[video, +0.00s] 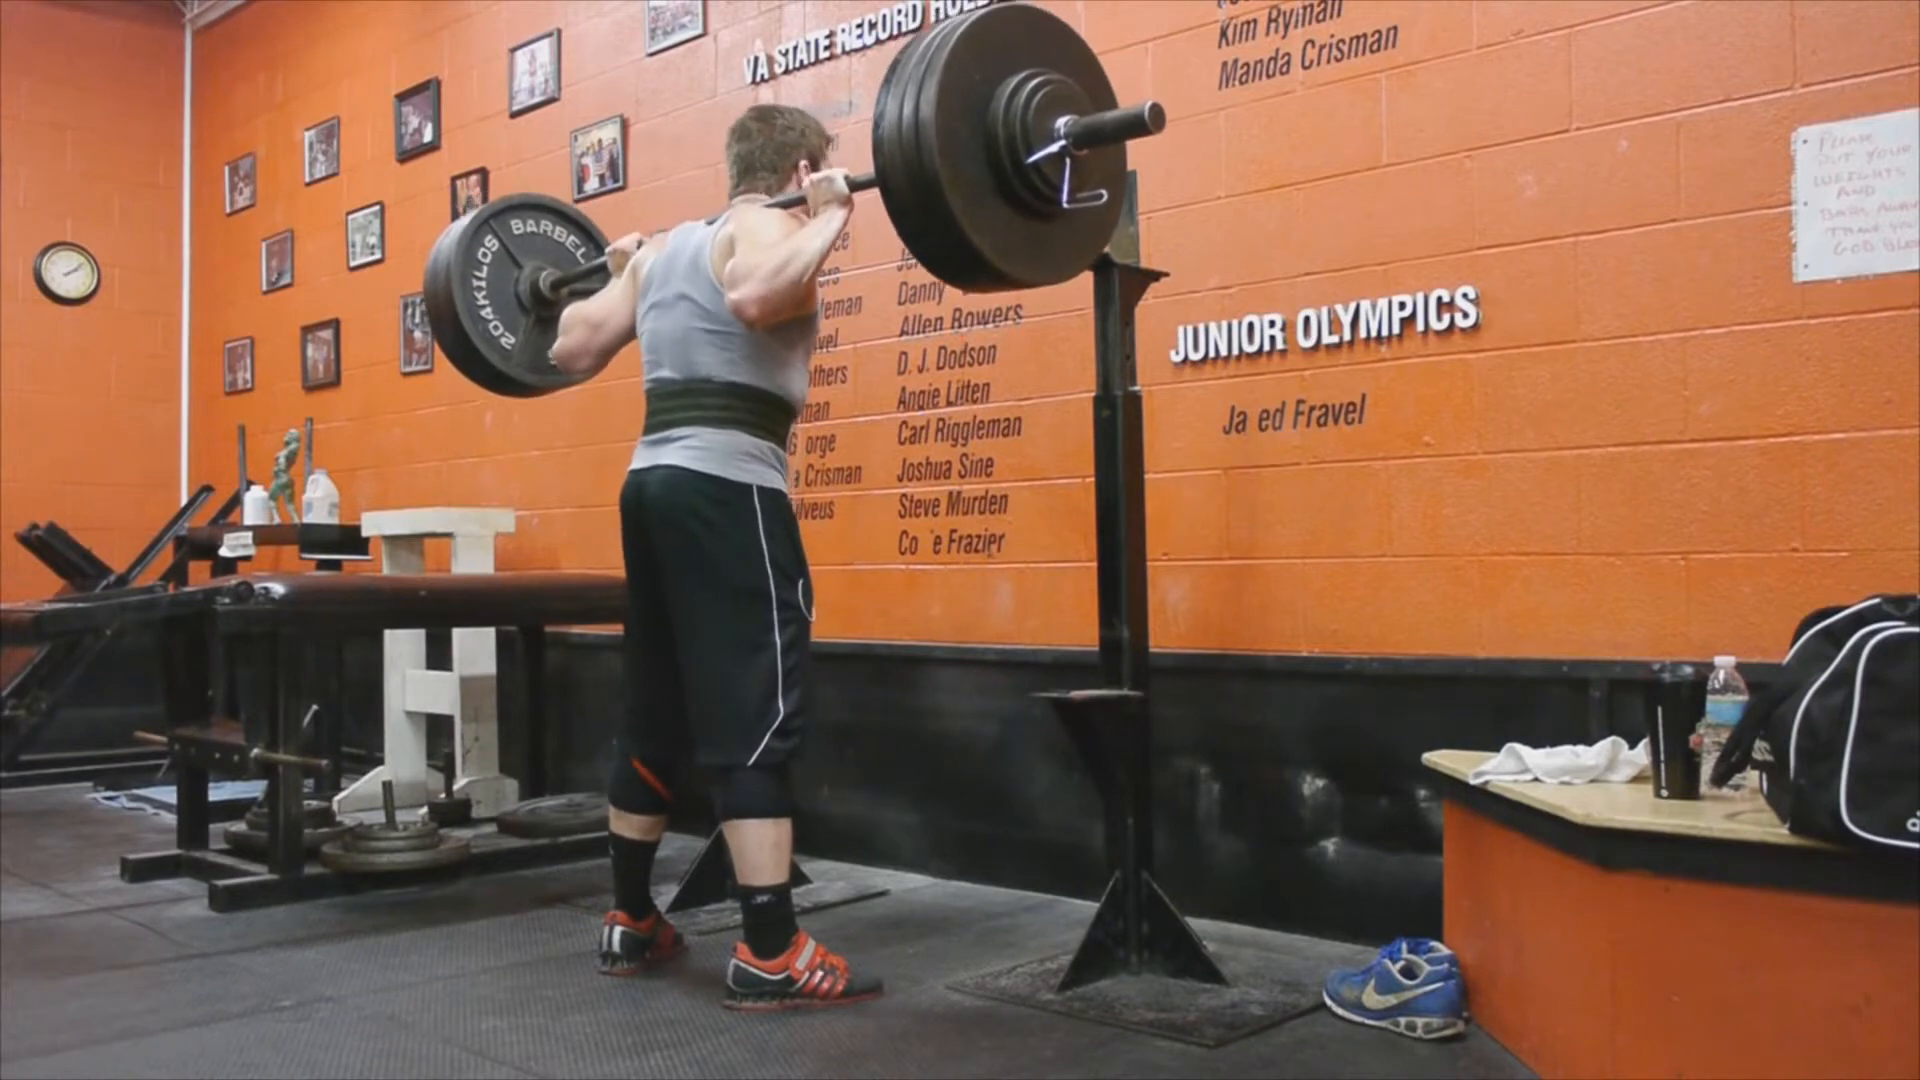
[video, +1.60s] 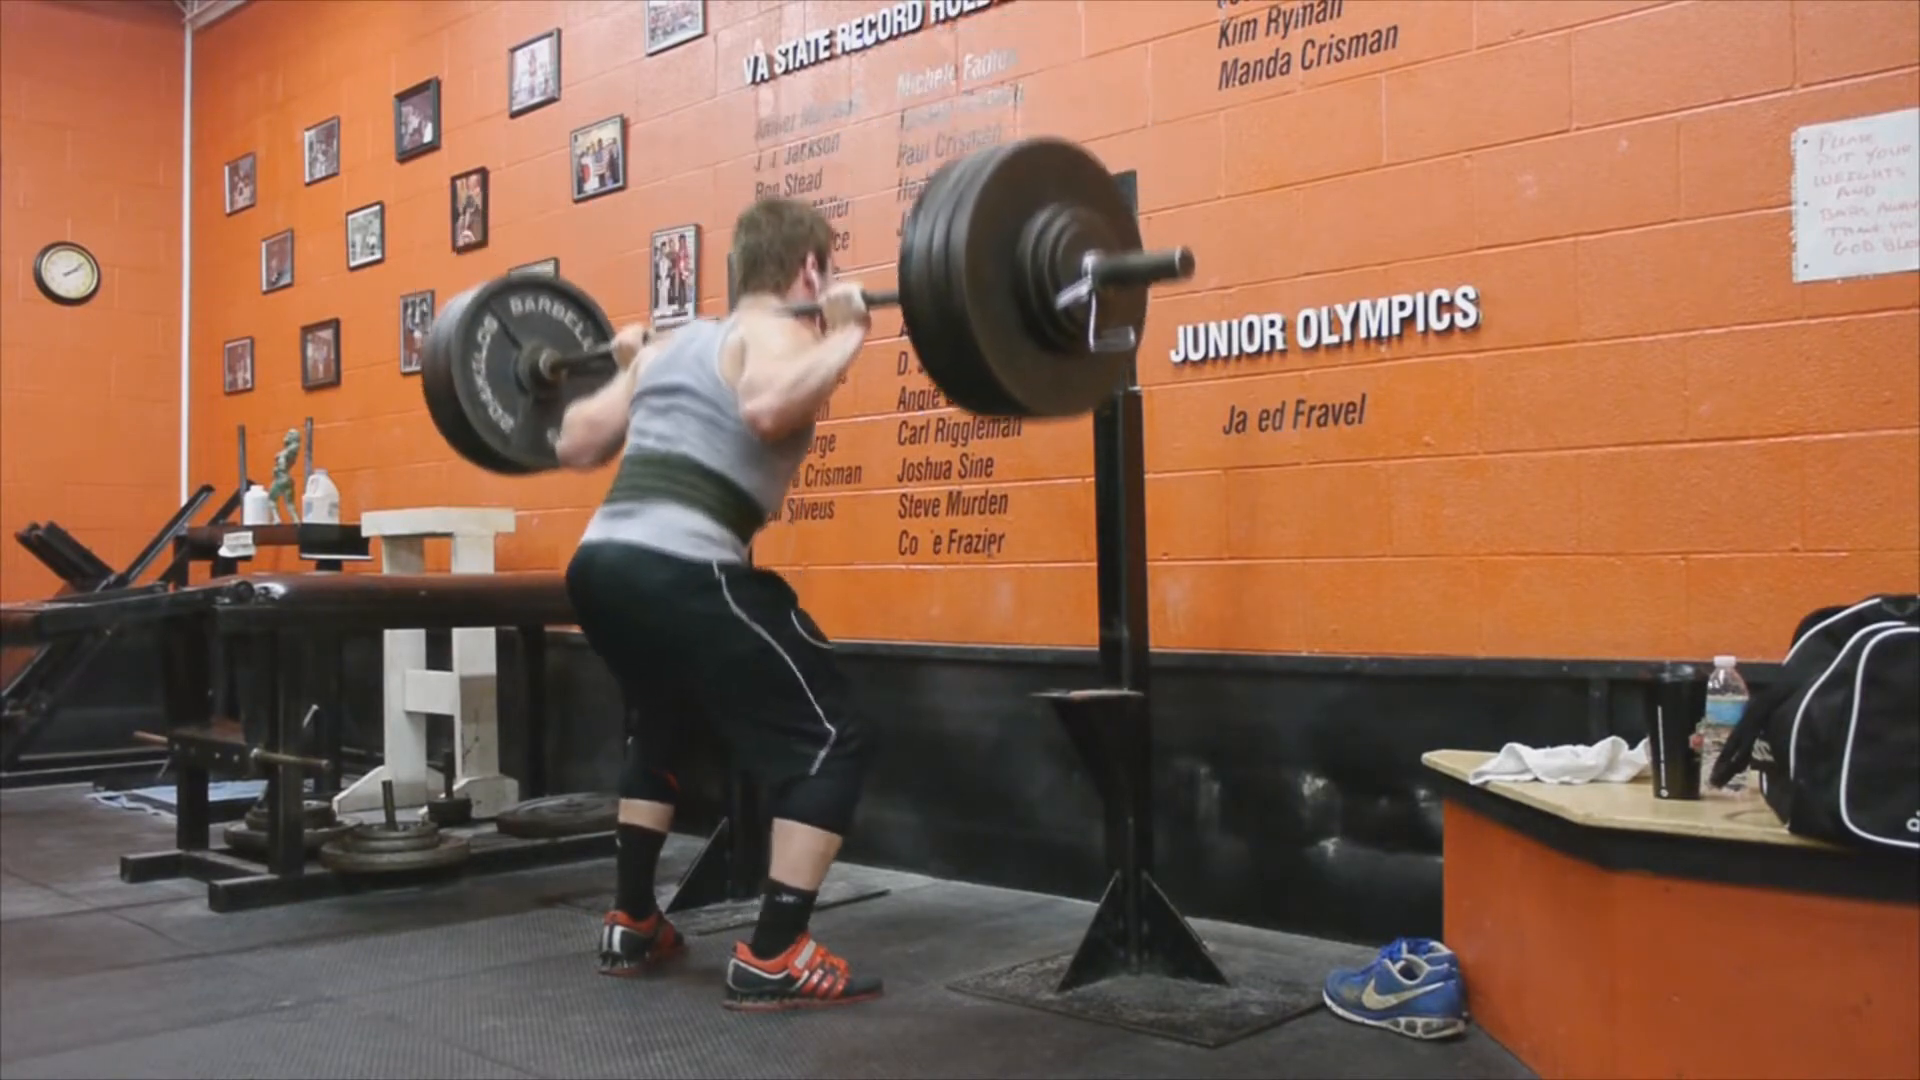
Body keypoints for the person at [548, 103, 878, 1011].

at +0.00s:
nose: (829, 196)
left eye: (830, 180)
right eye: (828, 179)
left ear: (736, 176)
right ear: (801, 173)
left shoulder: (664, 251)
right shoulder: (771, 223)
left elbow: (568, 350)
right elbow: (754, 298)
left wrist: (612, 272)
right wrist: (831, 221)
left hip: (652, 486)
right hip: (728, 487)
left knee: (657, 708)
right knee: (755, 715)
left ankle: (631, 920)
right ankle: (770, 946)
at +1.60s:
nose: (826, 285)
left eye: (825, 272)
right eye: (825, 272)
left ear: (739, 272)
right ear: (806, 271)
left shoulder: (670, 344)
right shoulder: (779, 332)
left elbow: (574, 444)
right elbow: (767, 407)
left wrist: (621, 363)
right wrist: (846, 333)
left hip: (602, 565)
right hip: (689, 571)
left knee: (660, 722)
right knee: (834, 734)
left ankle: (632, 921)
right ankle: (775, 948)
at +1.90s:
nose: (833, 377)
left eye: (831, 363)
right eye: (831, 362)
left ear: (744, 365)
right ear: (811, 366)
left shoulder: (680, 438)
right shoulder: (787, 428)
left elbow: (586, 548)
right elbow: (781, 522)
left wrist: (636, 460)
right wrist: (857, 442)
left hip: (596, 654)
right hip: (686, 663)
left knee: (668, 745)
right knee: (855, 766)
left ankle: (633, 920)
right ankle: (776, 951)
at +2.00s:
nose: (834, 406)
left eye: (832, 391)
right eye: (831, 390)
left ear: (745, 397)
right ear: (811, 396)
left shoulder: (681, 470)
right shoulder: (787, 464)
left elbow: (590, 578)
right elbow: (784, 559)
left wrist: (637, 489)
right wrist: (862, 476)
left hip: (595, 683)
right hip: (684, 692)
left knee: (676, 747)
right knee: (865, 763)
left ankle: (634, 920)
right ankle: (776, 951)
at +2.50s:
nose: (837, 466)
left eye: (837, 453)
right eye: (835, 452)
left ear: (746, 458)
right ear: (816, 456)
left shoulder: (678, 529)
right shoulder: (792, 528)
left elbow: (589, 633)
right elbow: (790, 626)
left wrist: (634, 545)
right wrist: (866, 538)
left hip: (606, 756)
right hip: (701, 762)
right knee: (885, 766)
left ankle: (636, 917)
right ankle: (777, 950)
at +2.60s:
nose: (836, 443)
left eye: (835, 428)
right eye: (834, 428)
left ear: (747, 434)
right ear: (815, 432)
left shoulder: (676, 503)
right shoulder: (793, 500)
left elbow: (583, 601)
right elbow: (781, 590)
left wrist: (633, 517)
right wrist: (861, 509)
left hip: (596, 716)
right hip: (696, 725)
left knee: (680, 748)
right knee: (863, 762)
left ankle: (633, 918)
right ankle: (777, 950)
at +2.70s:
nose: (836, 415)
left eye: (836, 403)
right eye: (833, 402)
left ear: (747, 407)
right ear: (812, 406)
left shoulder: (672, 473)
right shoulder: (788, 465)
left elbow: (569, 562)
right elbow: (773, 547)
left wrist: (631, 487)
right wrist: (858, 476)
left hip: (581, 671)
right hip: (674, 684)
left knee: (667, 746)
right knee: (841, 768)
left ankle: (633, 918)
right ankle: (776, 952)